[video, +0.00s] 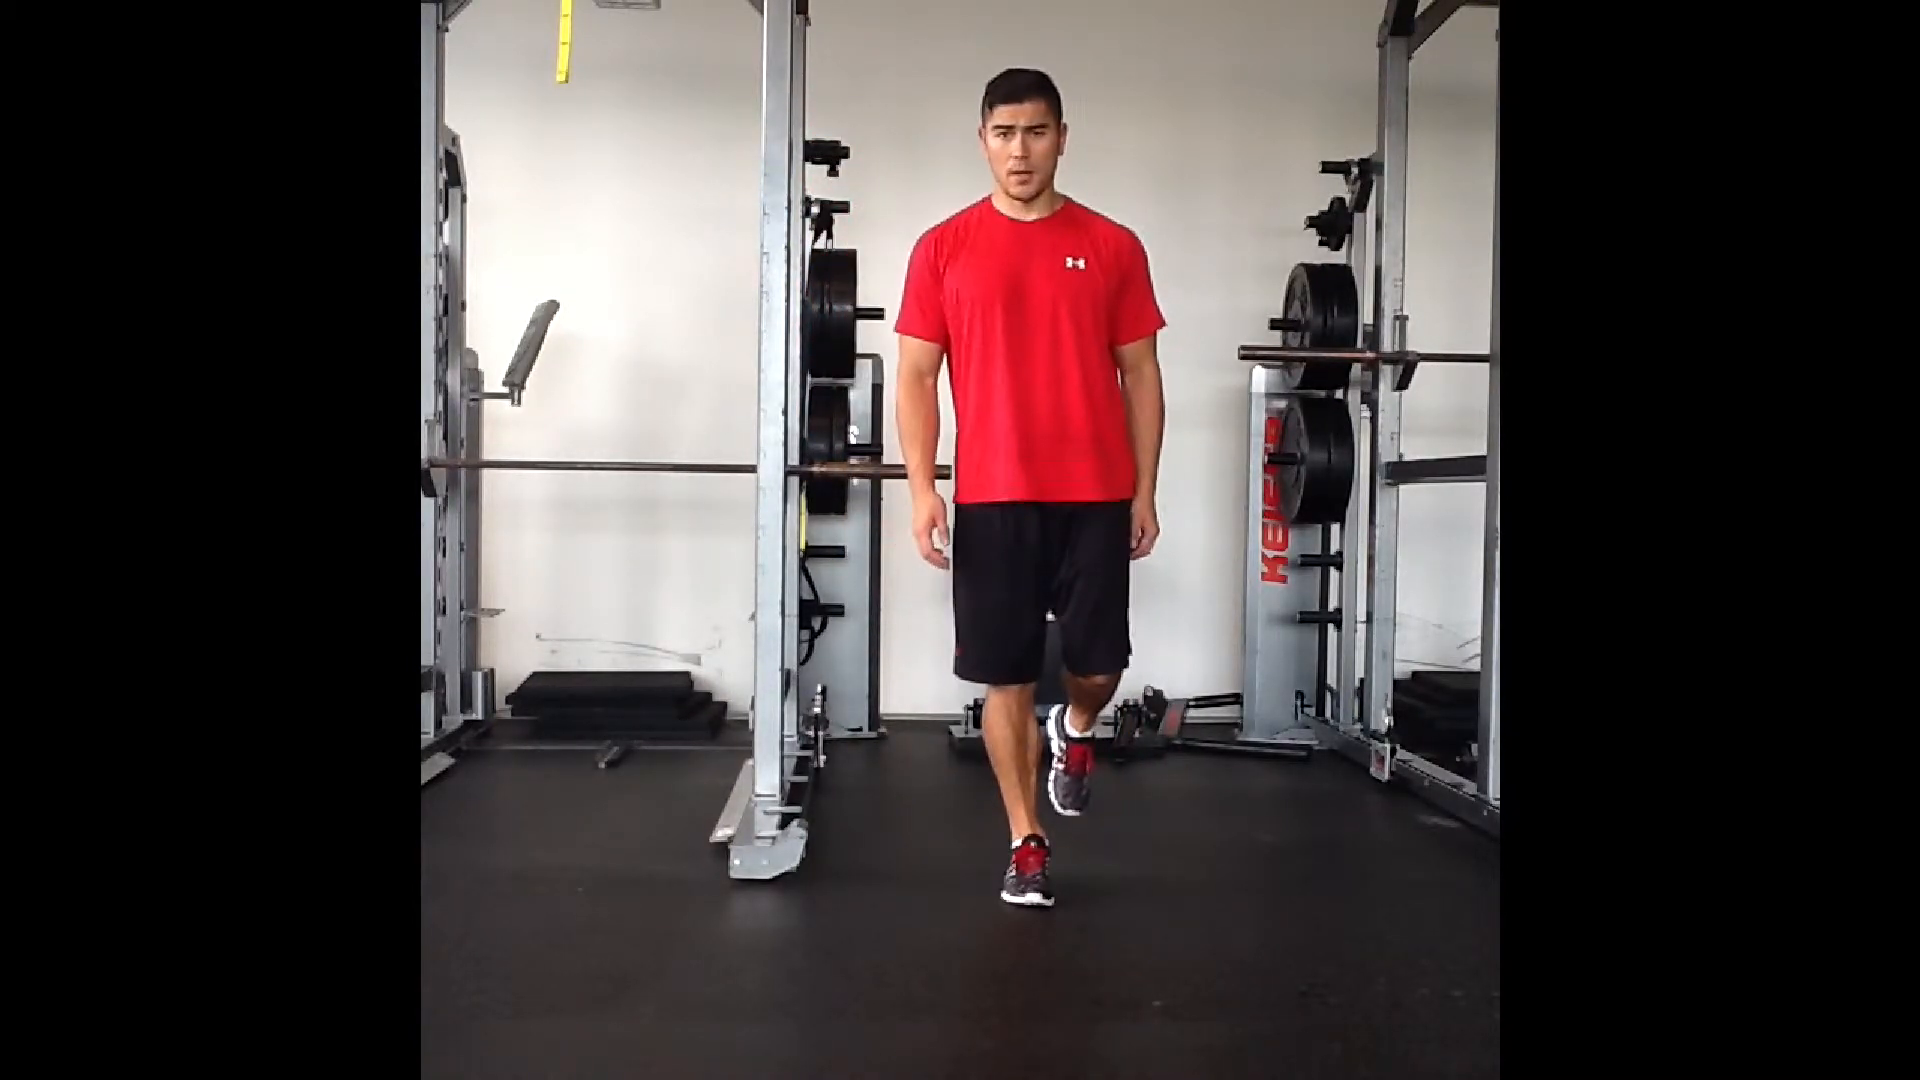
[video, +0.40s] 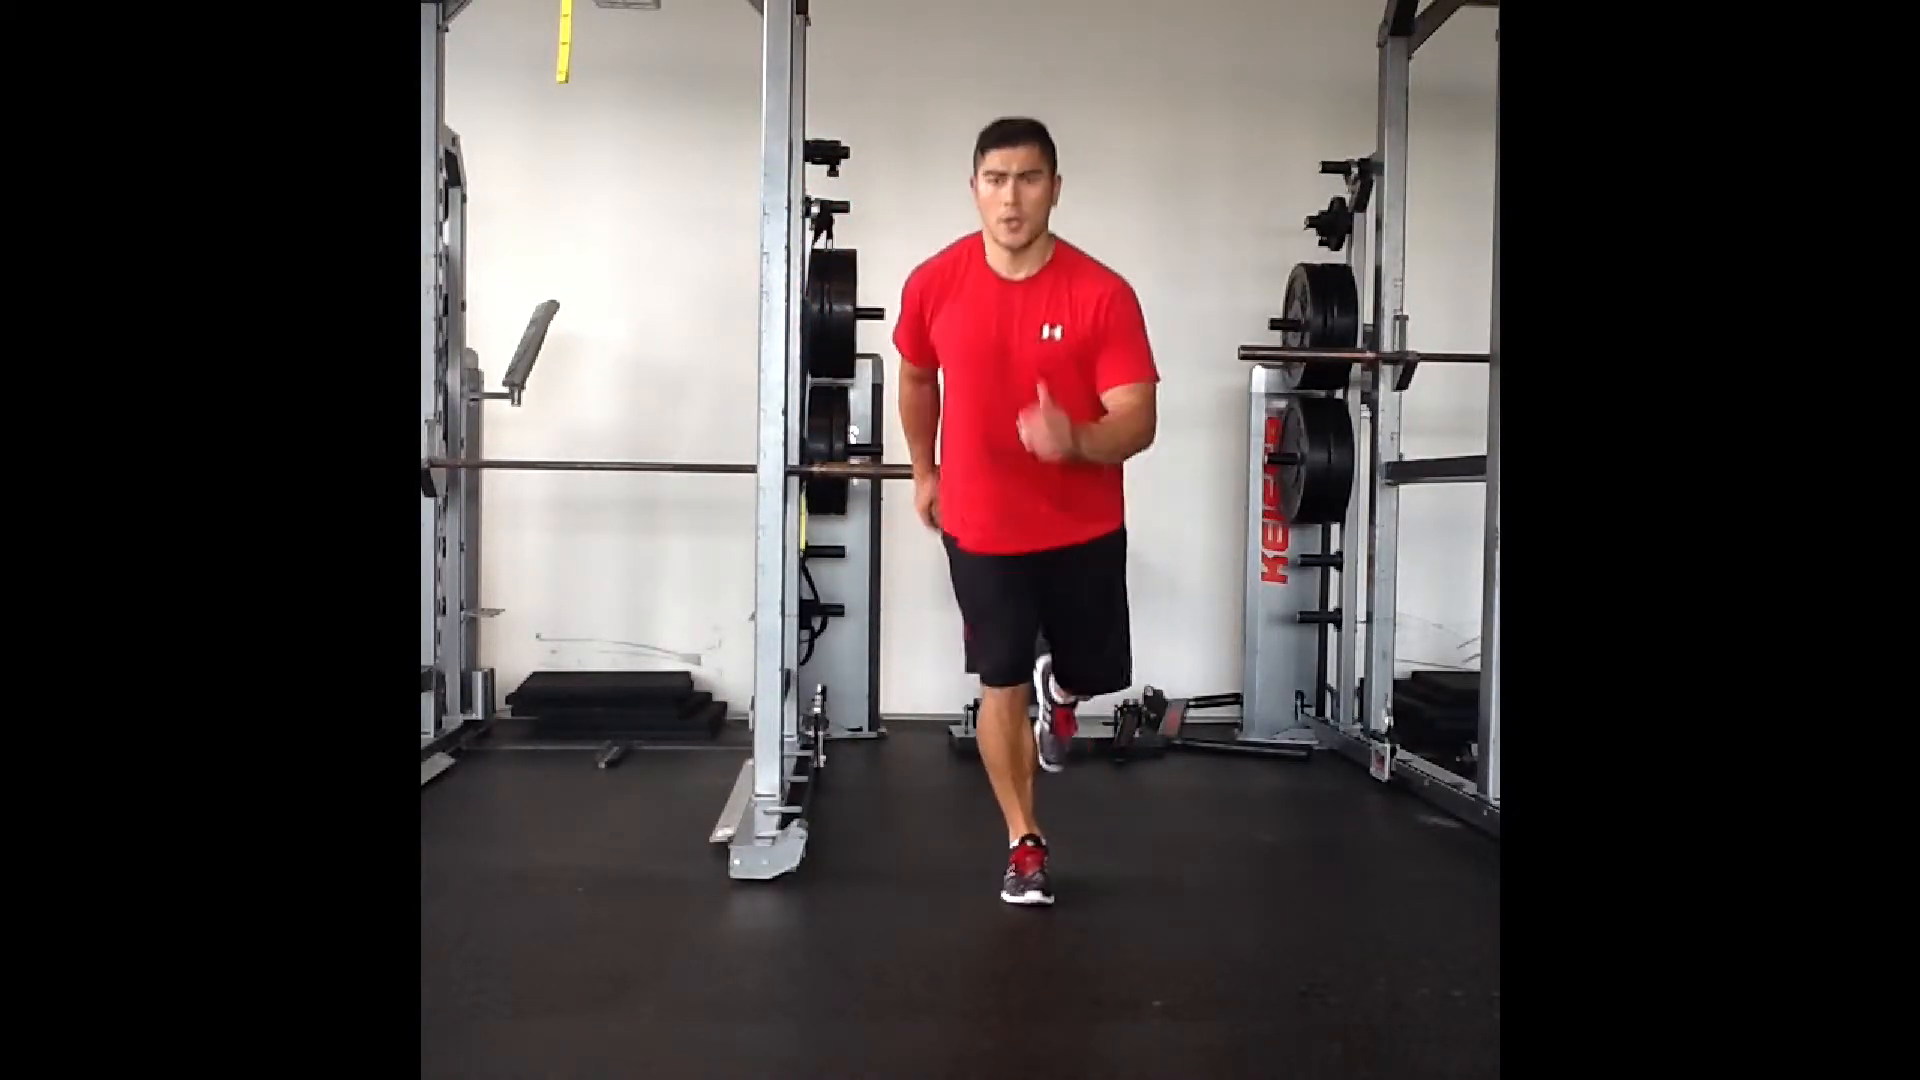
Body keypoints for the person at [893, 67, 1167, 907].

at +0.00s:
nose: (1021, 148)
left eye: (1036, 131)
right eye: (1004, 133)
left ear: (1061, 139)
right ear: (983, 142)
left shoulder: (1114, 247)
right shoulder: (942, 249)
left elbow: (1141, 370)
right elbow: (914, 374)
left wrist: (1145, 489)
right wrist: (922, 488)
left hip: (1096, 494)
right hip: (993, 495)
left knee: (1099, 661)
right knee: (1008, 674)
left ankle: (1074, 737)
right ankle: (1024, 841)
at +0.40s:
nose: (1012, 195)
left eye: (1028, 178)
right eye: (996, 178)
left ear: (1054, 190)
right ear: (975, 190)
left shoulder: (1103, 296)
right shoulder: (932, 288)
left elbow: (1137, 422)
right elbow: (916, 379)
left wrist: (1079, 439)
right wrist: (923, 472)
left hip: (1083, 526)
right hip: (983, 529)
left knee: (1091, 671)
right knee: (1007, 679)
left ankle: (1058, 695)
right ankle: (1023, 839)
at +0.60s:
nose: (1005, 275)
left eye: (1022, 261)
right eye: (989, 261)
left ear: (1048, 270)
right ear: (967, 272)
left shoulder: (1084, 344)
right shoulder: (929, 340)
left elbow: (1114, 424)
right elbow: (959, 412)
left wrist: (1033, 343)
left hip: (1084, 558)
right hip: (988, 556)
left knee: (1056, 681)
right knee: (1009, 686)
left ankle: (1012, 703)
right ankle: (1025, 844)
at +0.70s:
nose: (995, 295)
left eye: (1012, 278)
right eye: (981, 278)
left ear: (1039, 287)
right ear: (959, 288)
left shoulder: (1081, 359)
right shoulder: (929, 359)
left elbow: (1121, 463)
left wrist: (1040, 440)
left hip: (1083, 567)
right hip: (987, 563)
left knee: (1055, 685)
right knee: (1010, 695)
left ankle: (1021, 709)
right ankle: (1026, 845)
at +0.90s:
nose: (994, 226)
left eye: (1009, 210)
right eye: (978, 212)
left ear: (1035, 222)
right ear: (955, 227)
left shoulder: (1094, 316)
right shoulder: (925, 342)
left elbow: (1141, 423)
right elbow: (922, 479)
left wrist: (1174, 508)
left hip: (1082, 529)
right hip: (982, 545)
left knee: (1078, 674)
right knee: (1006, 695)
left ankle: (1076, 769)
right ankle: (1024, 843)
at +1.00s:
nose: (997, 173)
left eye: (1012, 157)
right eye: (981, 159)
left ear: (1037, 164)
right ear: (958, 168)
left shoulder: (1091, 240)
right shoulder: (929, 250)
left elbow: (1171, 277)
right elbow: (890, 315)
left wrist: (1211, 319)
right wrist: (928, 319)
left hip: (1077, 445)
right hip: (983, 480)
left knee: (1070, 505)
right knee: (1001, 671)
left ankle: (1129, 668)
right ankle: (1023, 840)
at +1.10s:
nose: (1001, 85)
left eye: (1015, 68)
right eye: (985, 70)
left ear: (1043, 69)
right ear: (963, 75)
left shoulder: (1099, 141)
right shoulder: (930, 134)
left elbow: (1178, 179)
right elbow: (821, 169)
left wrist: (1212, 200)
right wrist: (885, 117)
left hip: (1066, 355)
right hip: (975, 379)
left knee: (1113, 440)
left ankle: (1139, 503)